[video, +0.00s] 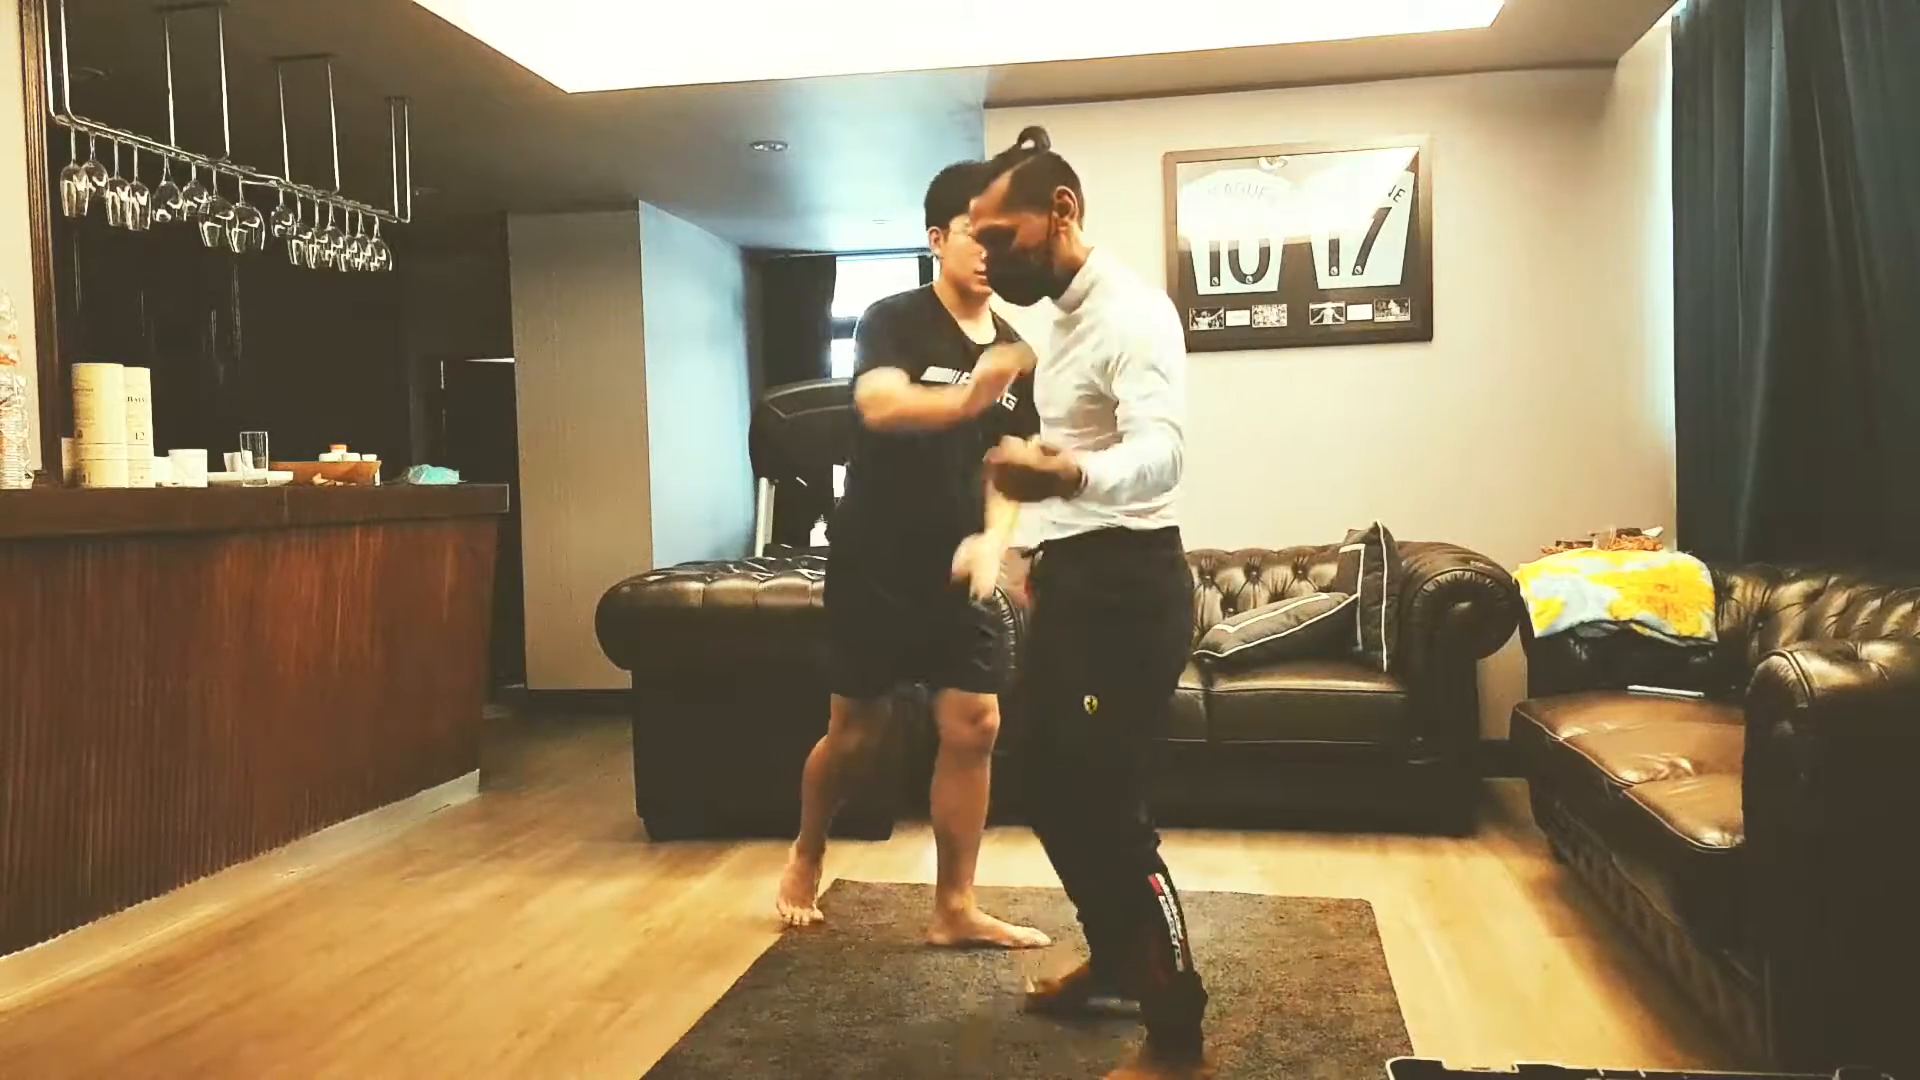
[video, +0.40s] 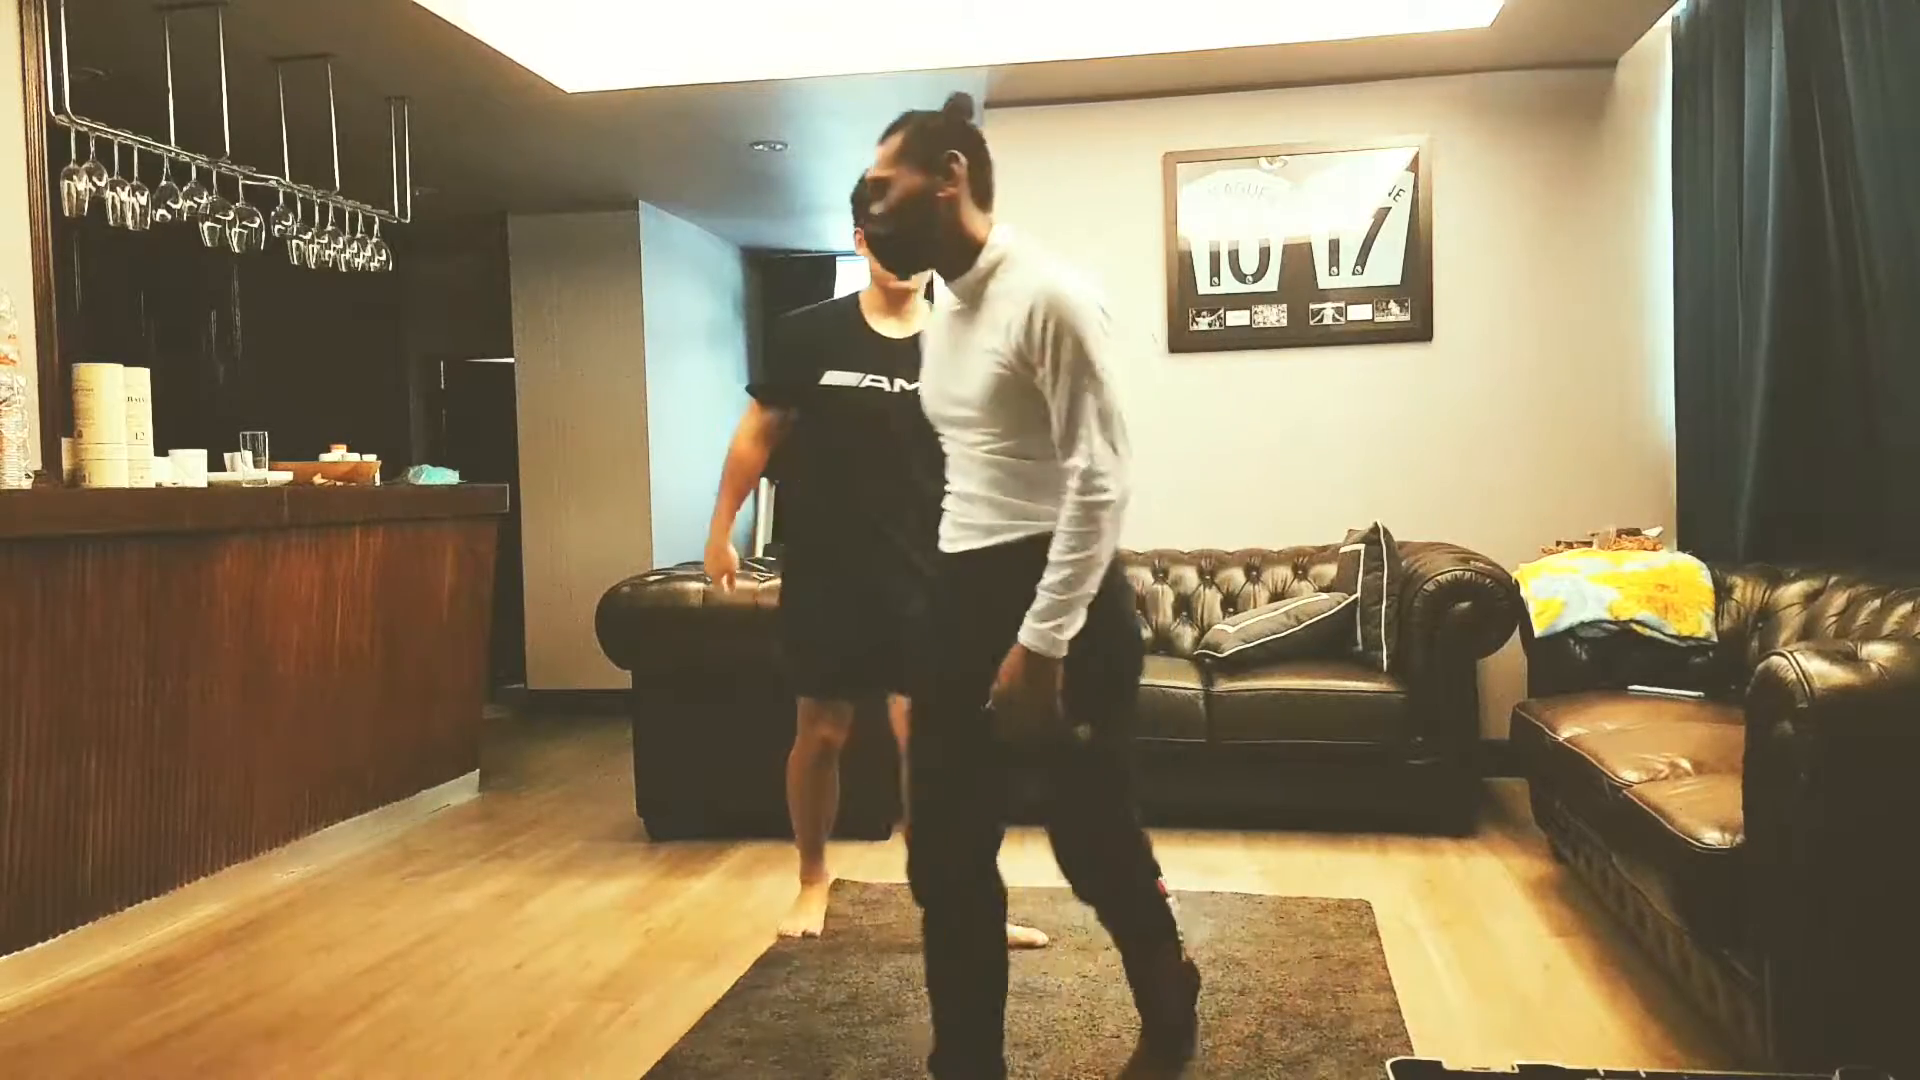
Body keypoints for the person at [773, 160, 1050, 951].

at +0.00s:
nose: (988, 249)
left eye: (997, 235)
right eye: (972, 234)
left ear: (1009, 242)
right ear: (935, 237)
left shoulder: (1010, 346)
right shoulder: (892, 319)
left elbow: (1010, 456)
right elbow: (878, 405)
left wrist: (994, 538)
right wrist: (965, 399)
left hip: (967, 553)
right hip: (877, 549)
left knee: (974, 726)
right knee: (850, 729)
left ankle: (954, 904)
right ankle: (807, 855)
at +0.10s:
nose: (973, 245)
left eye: (984, 231)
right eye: (960, 229)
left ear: (1000, 243)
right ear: (927, 235)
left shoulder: (1009, 353)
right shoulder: (878, 328)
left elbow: (1004, 477)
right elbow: (840, 434)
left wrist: (994, 584)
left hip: (963, 565)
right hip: (869, 554)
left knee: (963, 727)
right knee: (847, 729)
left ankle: (954, 904)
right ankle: (814, 862)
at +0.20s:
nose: (949, 240)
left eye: (962, 225)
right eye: (936, 224)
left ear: (984, 244)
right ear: (910, 236)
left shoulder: (997, 350)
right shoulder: (856, 334)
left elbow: (1005, 471)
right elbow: (814, 448)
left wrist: (1016, 564)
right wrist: (806, 564)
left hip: (954, 576)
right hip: (860, 572)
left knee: (948, 733)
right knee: (842, 733)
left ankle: (954, 903)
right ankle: (822, 878)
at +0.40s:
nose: (895, 249)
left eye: (905, 235)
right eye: (880, 233)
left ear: (930, 246)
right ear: (859, 240)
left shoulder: (956, 336)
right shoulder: (809, 331)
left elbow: (993, 449)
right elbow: (757, 433)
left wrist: (991, 549)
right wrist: (721, 532)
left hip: (925, 564)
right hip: (825, 564)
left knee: (930, 734)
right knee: (820, 734)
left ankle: (963, 896)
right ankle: (812, 885)